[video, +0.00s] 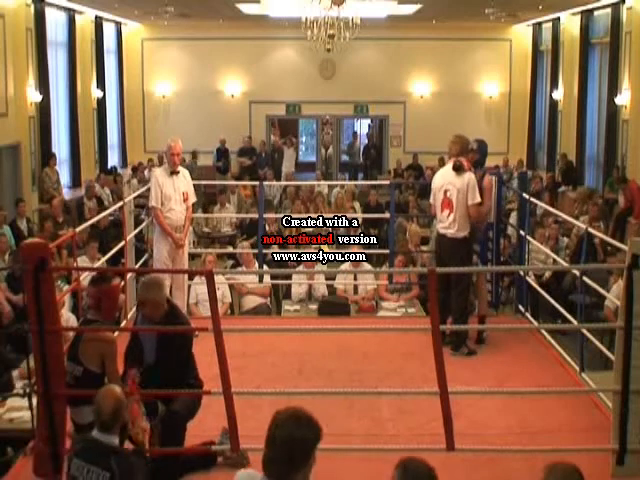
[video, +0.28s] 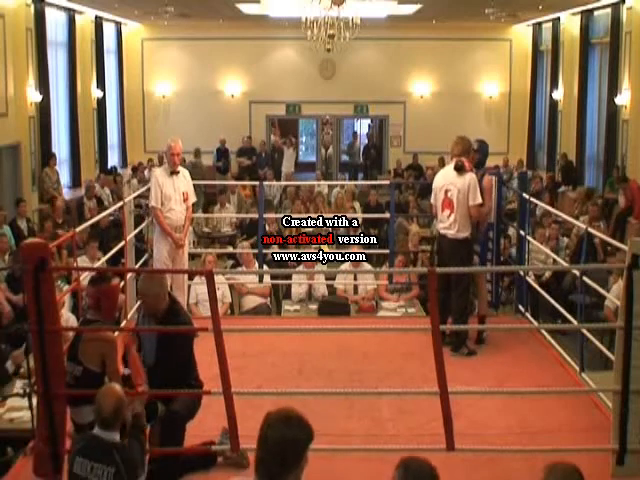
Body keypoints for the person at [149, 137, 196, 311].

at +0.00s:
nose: (175, 159)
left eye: (178, 155)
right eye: (172, 155)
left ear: (182, 156)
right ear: (166, 156)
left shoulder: (185, 174)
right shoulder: (157, 174)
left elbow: (189, 204)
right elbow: (155, 208)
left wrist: (185, 232)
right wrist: (172, 234)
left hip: (182, 228)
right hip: (164, 227)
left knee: (181, 271)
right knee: (163, 271)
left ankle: (181, 311)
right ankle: (162, 311)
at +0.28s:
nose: (176, 159)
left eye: (178, 155)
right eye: (172, 155)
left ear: (182, 155)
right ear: (166, 156)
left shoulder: (185, 174)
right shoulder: (158, 174)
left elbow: (189, 204)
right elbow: (155, 208)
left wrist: (184, 232)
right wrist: (171, 234)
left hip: (182, 226)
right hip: (164, 226)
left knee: (181, 269)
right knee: (163, 268)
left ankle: (181, 307)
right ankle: (162, 307)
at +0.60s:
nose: (176, 159)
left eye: (178, 155)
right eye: (172, 155)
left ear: (182, 155)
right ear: (165, 156)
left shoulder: (185, 173)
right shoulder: (158, 174)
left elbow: (189, 204)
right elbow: (155, 209)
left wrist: (184, 233)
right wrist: (172, 235)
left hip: (182, 227)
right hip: (164, 226)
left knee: (181, 268)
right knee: (163, 266)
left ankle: (181, 302)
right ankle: (163, 304)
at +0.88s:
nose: (176, 159)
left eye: (178, 155)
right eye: (172, 155)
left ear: (181, 155)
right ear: (165, 156)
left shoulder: (184, 173)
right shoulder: (158, 174)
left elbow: (189, 205)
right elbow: (154, 208)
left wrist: (184, 233)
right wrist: (172, 235)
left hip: (182, 226)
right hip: (164, 225)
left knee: (182, 267)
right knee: (163, 266)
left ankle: (181, 301)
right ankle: (162, 304)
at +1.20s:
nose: (176, 159)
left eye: (178, 155)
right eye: (172, 155)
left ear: (181, 155)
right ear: (166, 156)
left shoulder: (184, 174)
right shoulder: (158, 174)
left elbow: (189, 204)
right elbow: (154, 208)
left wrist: (184, 233)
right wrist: (171, 235)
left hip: (182, 226)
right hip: (164, 225)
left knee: (182, 267)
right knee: (163, 265)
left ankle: (181, 301)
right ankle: (162, 303)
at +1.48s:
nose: (175, 159)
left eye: (178, 155)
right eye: (172, 155)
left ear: (181, 155)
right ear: (166, 156)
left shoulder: (185, 174)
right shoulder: (158, 174)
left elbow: (189, 204)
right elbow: (154, 208)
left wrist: (184, 232)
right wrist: (171, 234)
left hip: (182, 226)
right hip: (164, 225)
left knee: (182, 267)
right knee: (163, 265)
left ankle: (181, 301)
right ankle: (163, 303)